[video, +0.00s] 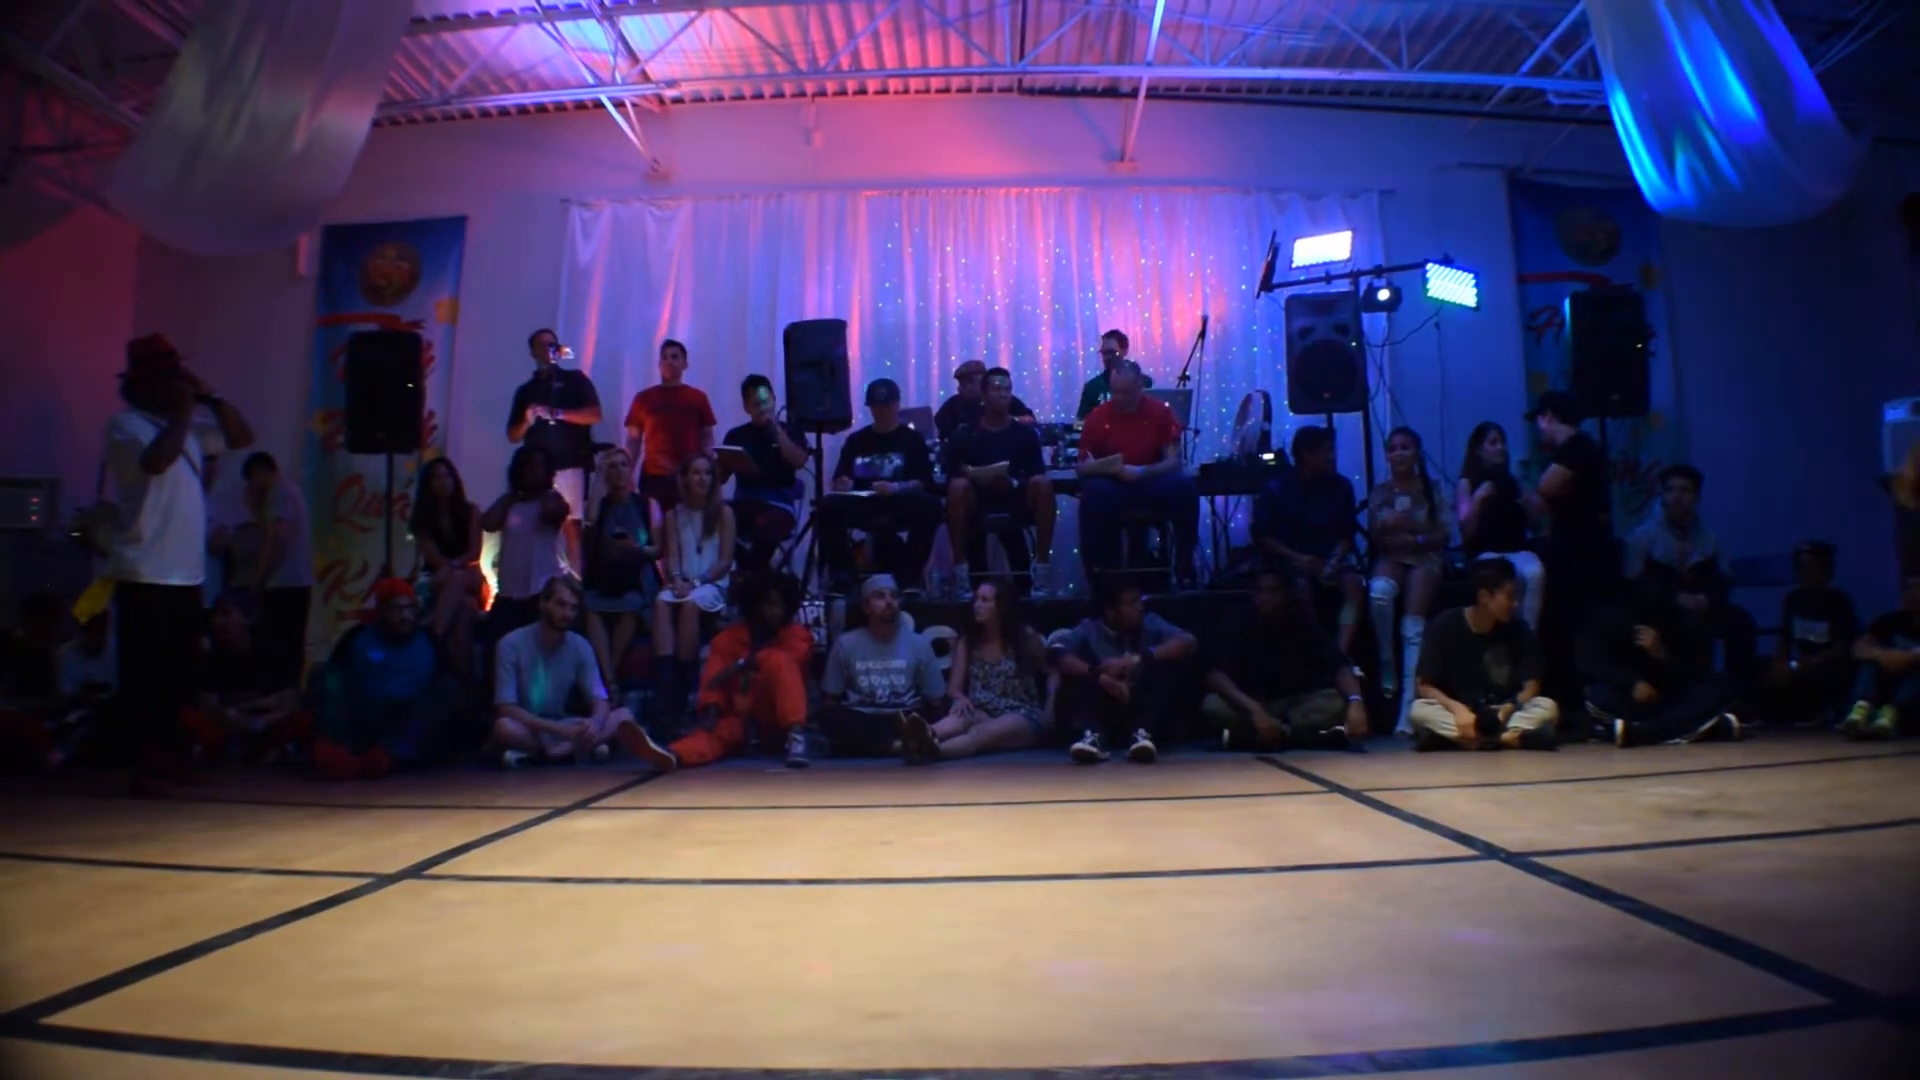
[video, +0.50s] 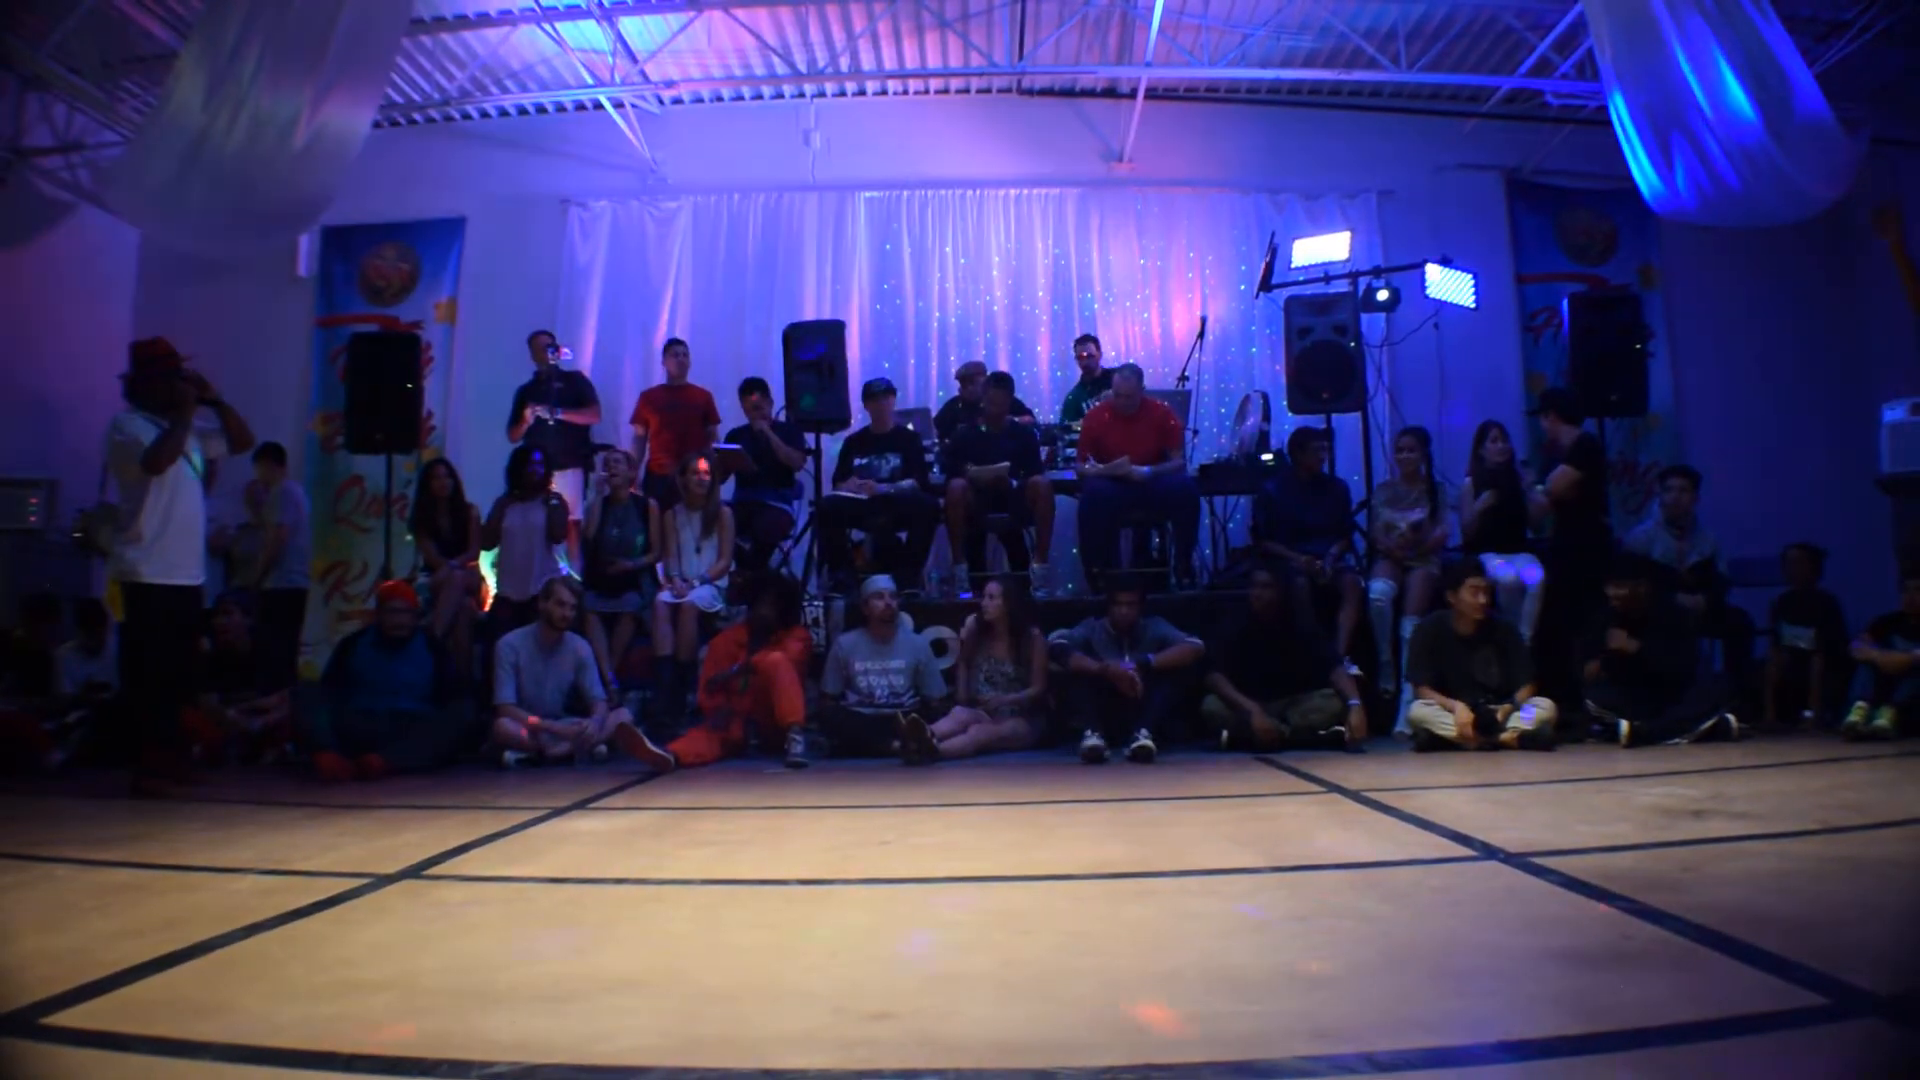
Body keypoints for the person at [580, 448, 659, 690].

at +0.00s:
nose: (618, 471)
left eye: (622, 465)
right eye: (611, 467)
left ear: (630, 470)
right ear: (603, 474)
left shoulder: (646, 505)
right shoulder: (596, 506)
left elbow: (657, 548)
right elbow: (588, 542)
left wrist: (634, 548)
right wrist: (595, 494)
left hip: (634, 575)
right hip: (602, 574)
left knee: (629, 609)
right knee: (591, 610)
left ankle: (610, 674)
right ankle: (608, 680)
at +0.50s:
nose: (611, 470)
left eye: (617, 465)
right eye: (608, 466)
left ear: (630, 472)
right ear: (603, 473)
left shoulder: (647, 505)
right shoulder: (596, 504)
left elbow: (656, 551)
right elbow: (589, 533)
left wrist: (630, 564)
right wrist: (598, 495)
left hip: (633, 575)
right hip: (600, 573)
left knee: (628, 609)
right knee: (590, 610)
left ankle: (610, 671)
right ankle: (607, 677)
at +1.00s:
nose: (607, 468)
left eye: (614, 463)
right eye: (604, 463)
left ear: (629, 472)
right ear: (599, 471)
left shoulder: (645, 506)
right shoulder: (594, 504)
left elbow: (654, 552)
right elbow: (586, 532)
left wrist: (631, 568)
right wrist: (597, 492)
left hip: (630, 579)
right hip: (598, 577)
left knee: (626, 613)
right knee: (588, 614)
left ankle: (606, 677)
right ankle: (606, 684)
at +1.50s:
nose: (609, 468)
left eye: (615, 464)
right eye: (606, 464)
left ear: (630, 472)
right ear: (601, 473)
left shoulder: (646, 506)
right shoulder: (595, 505)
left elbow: (655, 552)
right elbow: (589, 528)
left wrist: (634, 568)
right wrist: (597, 490)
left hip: (631, 577)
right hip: (600, 575)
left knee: (627, 608)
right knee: (588, 610)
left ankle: (609, 672)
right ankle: (605, 678)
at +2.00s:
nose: (610, 470)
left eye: (616, 465)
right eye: (606, 465)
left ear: (629, 472)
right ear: (601, 473)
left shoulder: (645, 507)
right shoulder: (593, 506)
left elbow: (654, 552)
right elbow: (587, 545)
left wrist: (633, 568)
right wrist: (597, 507)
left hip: (630, 576)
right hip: (599, 575)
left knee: (627, 611)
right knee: (589, 614)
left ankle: (607, 678)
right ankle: (608, 684)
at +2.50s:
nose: (620, 471)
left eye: (625, 466)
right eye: (614, 466)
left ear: (630, 472)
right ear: (602, 473)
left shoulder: (646, 508)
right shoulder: (592, 510)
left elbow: (654, 553)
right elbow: (587, 549)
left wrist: (634, 568)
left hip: (630, 576)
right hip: (600, 574)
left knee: (626, 612)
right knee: (589, 612)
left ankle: (607, 677)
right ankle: (607, 681)